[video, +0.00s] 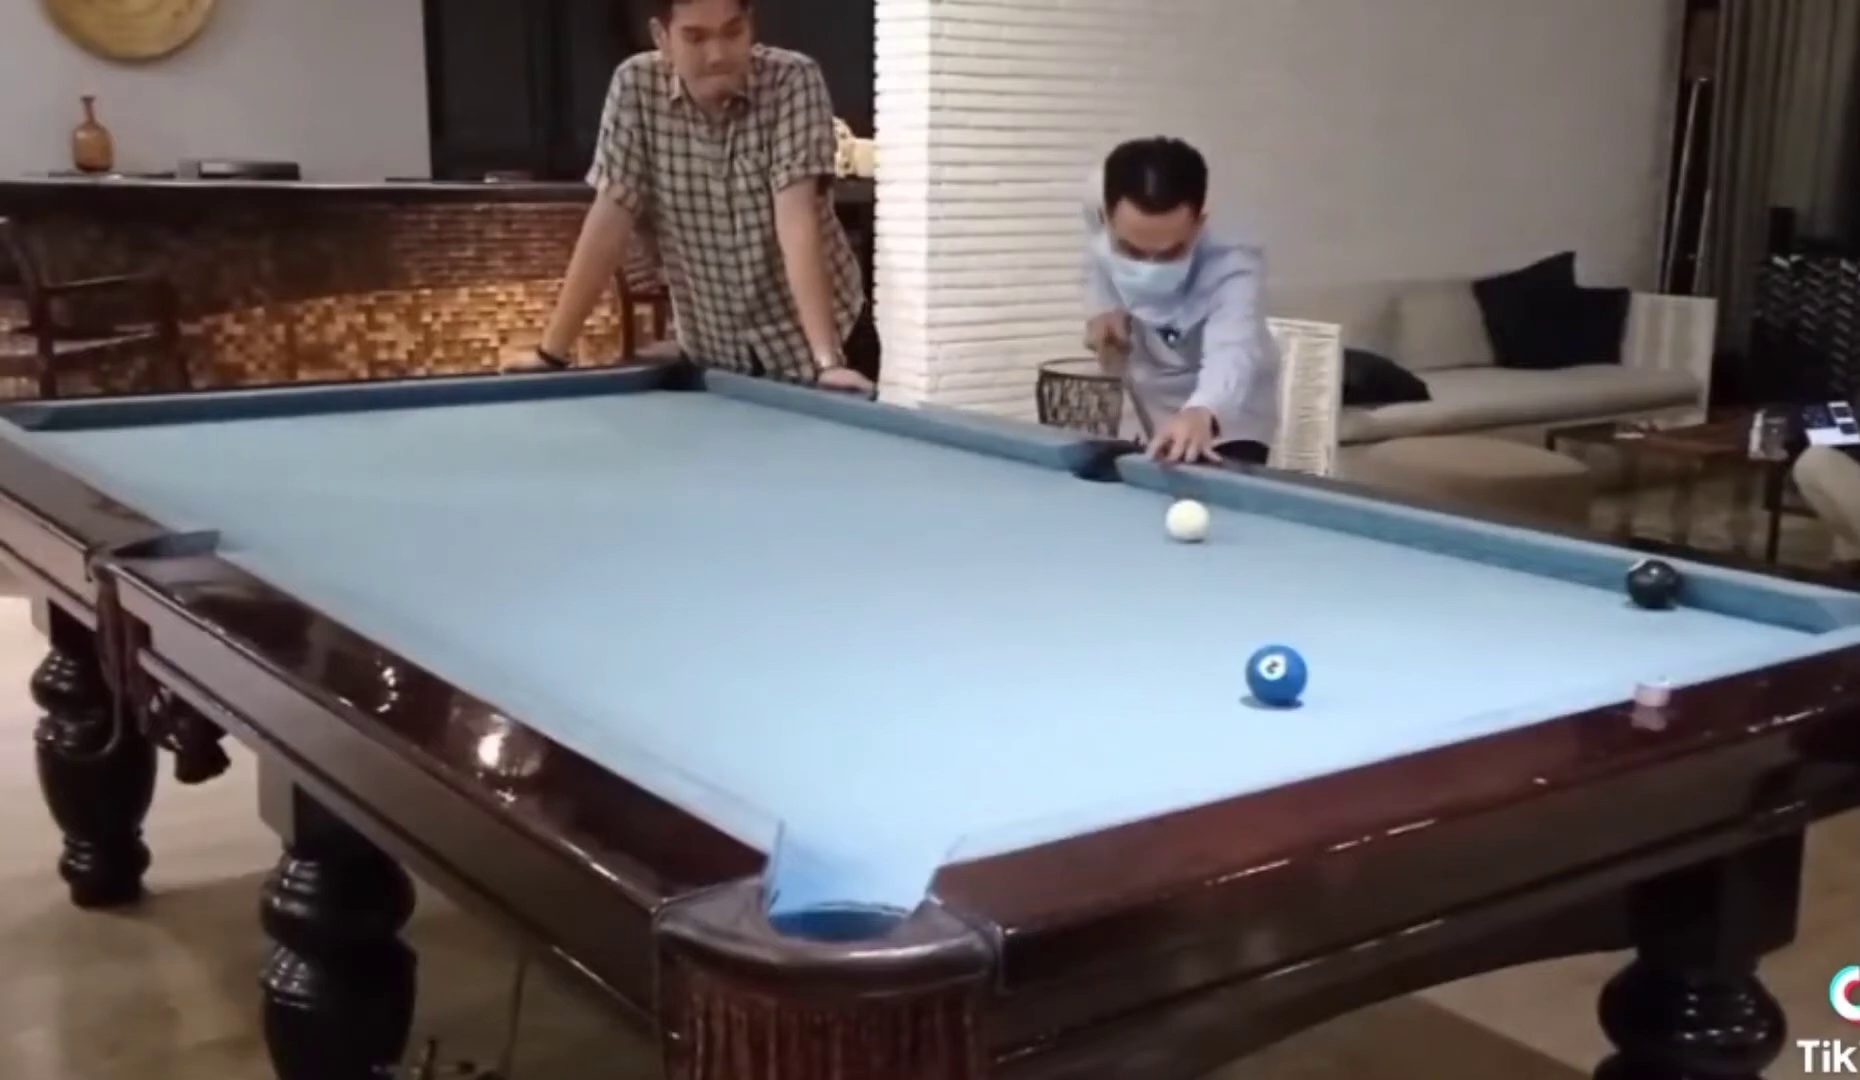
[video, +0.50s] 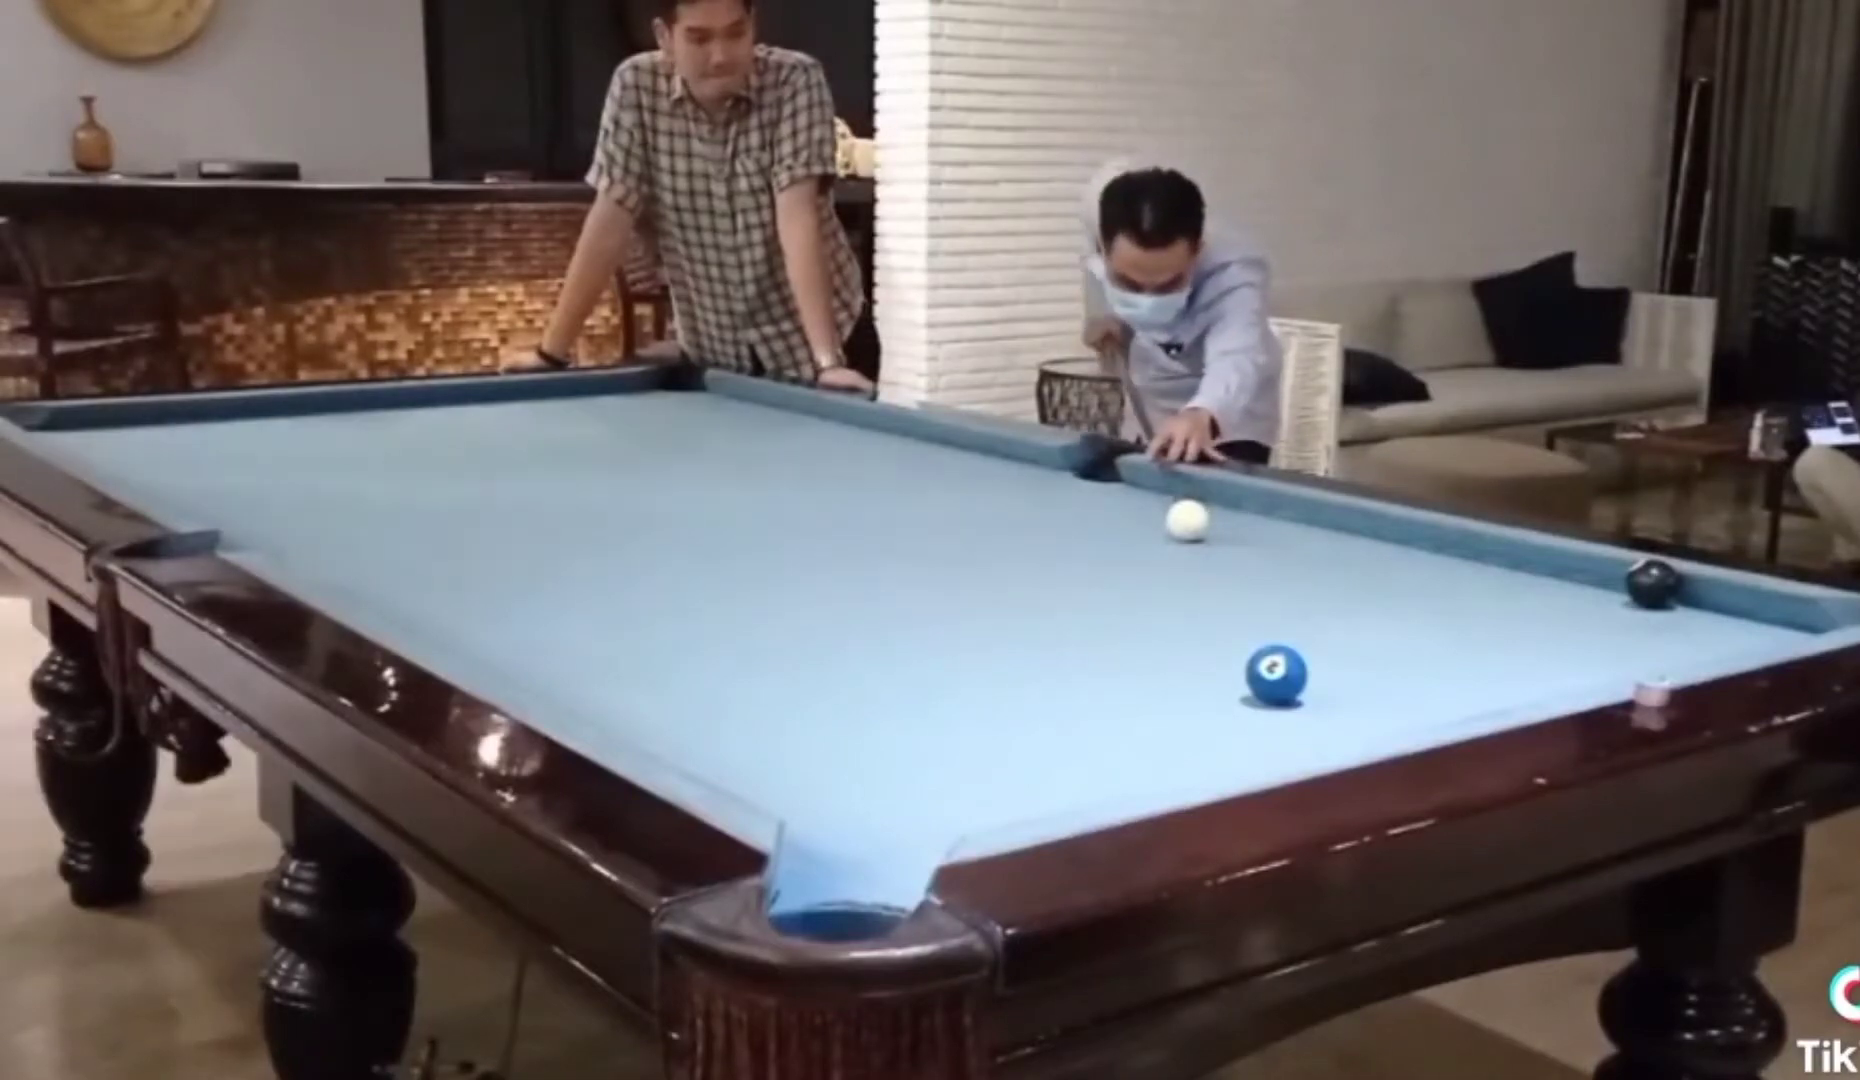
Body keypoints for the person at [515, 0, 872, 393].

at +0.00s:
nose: (717, 55)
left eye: (733, 33)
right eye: (696, 38)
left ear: (751, 29)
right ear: (662, 37)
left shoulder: (792, 80)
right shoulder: (637, 85)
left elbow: (798, 216)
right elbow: (610, 216)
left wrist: (829, 360)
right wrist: (550, 353)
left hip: (814, 348)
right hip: (710, 348)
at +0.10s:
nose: (717, 55)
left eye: (732, 33)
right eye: (696, 37)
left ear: (751, 28)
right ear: (661, 36)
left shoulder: (791, 80)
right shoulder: (636, 85)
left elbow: (798, 217)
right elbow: (611, 216)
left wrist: (829, 361)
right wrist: (552, 352)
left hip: (820, 347)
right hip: (711, 350)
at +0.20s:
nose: (717, 55)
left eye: (732, 34)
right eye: (696, 37)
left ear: (751, 28)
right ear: (661, 37)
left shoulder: (792, 80)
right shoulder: (636, 85)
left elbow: (798, 218)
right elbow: (611, 217)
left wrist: (829, 361)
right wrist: (552, 352)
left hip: (820, 347)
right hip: (711, 350)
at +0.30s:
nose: (716, 55)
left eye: (732, 33)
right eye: (695, 37)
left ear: (752, 27)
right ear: (662, 38)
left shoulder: (792, 80)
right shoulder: (636, 85)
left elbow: (798, 216)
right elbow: (611, 217)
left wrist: (829, 361)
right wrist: (551, 353)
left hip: (813, 346)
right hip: (711, 348)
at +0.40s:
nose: (718, 55)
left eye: (733, 34)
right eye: (697, 38)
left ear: (752, 27)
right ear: (663, 38)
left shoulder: (793, 80)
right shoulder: (636, 85)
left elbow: (799, 216)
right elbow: (611, 217)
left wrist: (829, 361)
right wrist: (551, 353)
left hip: (814, 347)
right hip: (710, 349)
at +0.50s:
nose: (720, 56)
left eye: (735, 35)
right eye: (700, 38)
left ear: (754, 28)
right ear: (664, 37)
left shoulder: (794, 80)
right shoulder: (637, 85)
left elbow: (799, 217)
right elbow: (611, 217)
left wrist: (829, 361)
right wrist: (552, 352)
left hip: (817, 347)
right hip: (711, 349)